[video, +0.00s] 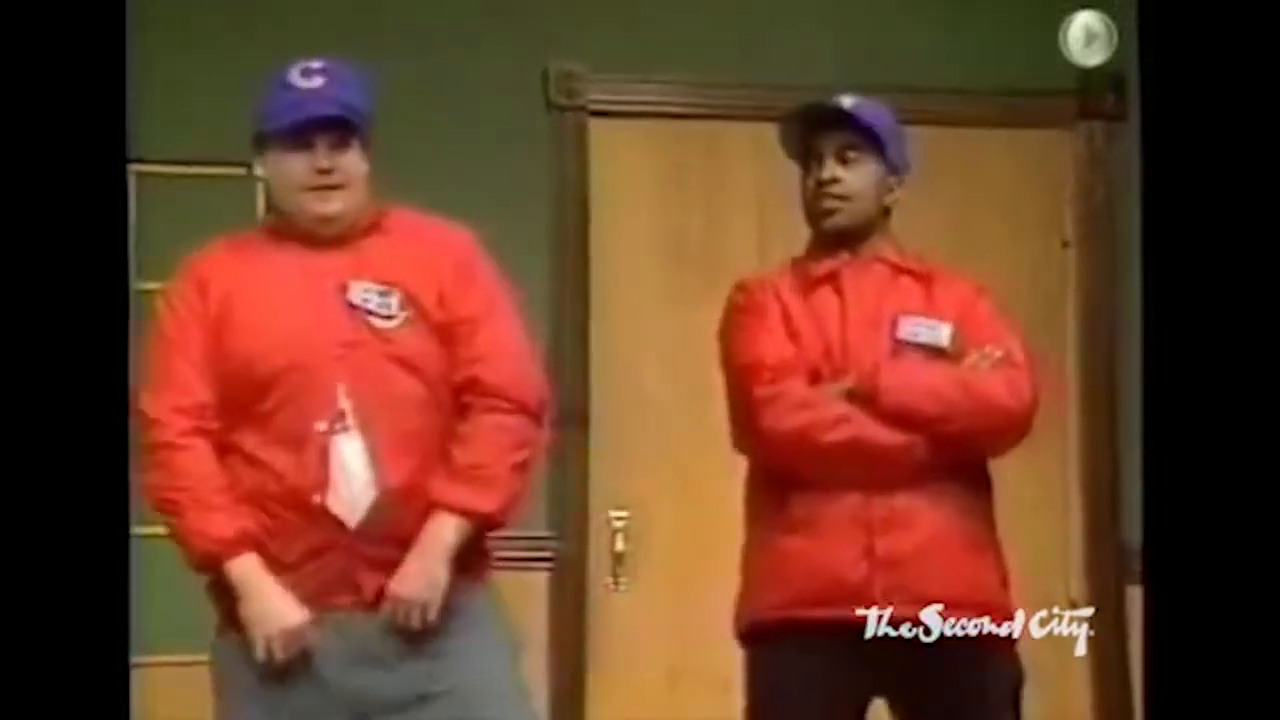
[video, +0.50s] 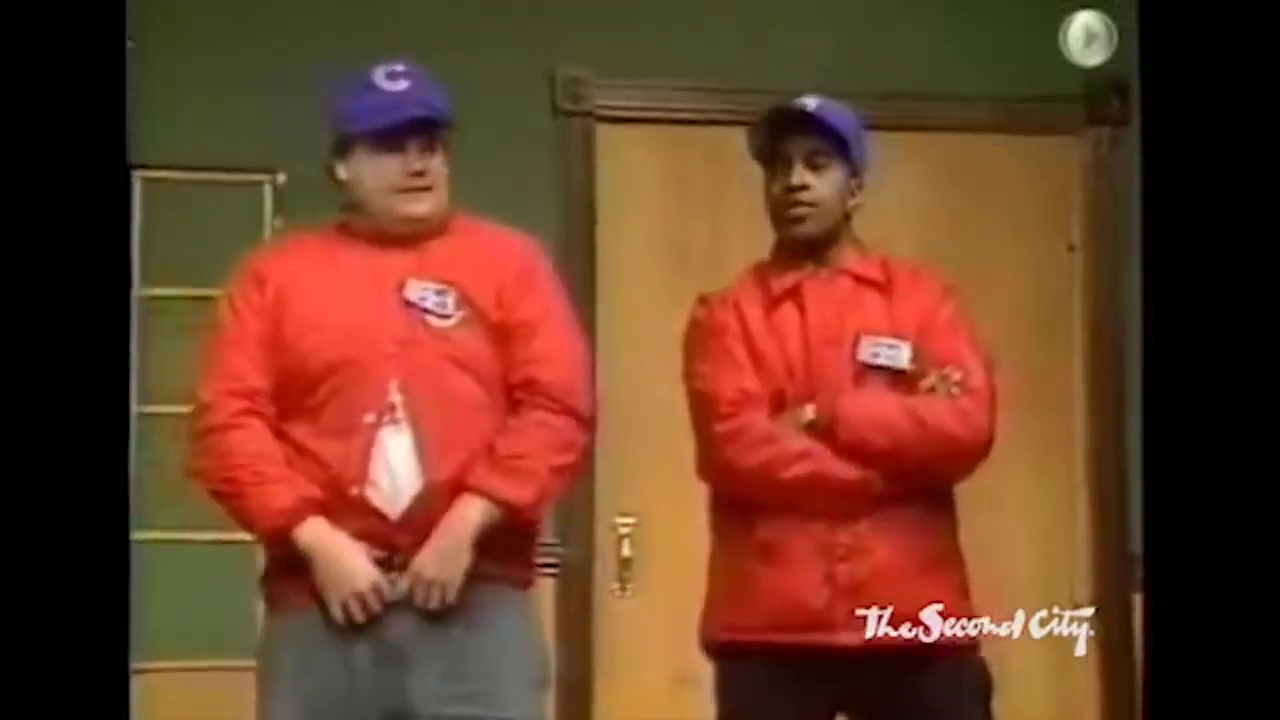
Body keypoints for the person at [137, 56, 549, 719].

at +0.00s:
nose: (324, 161)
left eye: (341, 141)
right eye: (300, 144)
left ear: (368, 154)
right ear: (263, 162)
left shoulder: (445, 256)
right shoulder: (210, 280)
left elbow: (509, 403)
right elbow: (174, 440)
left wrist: (437, 545)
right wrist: (251, 581)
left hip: (440, 622)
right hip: (277, 633)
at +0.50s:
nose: (417, 162)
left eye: (430, 143)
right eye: (390, 146)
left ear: (450, 156)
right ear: (342, 168)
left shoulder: (509, 262)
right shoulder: (275, 274)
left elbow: (559, 409)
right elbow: (226, 427)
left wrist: (465, 521)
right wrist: (317, 539)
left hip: (477, 608)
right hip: (321, 611)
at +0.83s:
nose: (502, 175)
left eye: (513, 158)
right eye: (476, 157)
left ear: (527, 169)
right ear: (420, 176)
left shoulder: (569, 278)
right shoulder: (339, 276)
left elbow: (609, 429)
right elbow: (293, 427)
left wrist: (513, 551)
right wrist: (385, 545)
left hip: (527, 616)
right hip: (366, 616)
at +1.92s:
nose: (414, 211)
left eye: (430, 192)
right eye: (390, 194)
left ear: (451, 202)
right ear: (346, 207)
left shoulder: (507, 303)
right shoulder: (277, 312)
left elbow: (561, 453)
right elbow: (242, 473)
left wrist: (487, 579)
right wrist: (355, 579)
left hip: (488, 622)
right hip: (328, 628)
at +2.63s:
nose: (472, 212)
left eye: (495, 197)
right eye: (456, 192)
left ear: (532, 215)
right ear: (432, 203)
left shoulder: (595, 308)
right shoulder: (371, 312)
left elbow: (649, 454)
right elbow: (330, 461)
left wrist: (570, 562)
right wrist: (430, 565)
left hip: (566, 628)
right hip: (410, 627)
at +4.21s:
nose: (553, 211)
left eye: (553, 194)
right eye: (529, 196)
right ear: (464, 208)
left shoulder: (591, 310)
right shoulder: (377, 294)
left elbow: (642, 460)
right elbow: (362, 427)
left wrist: (572, 569)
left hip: (549, 631)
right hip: (396, 636)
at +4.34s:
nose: (553, 211)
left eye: (551, 193)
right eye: (527, 196)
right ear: (463, 209)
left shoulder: (587, 309)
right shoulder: (378, 286)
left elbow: (638, 461)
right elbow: (416, 393)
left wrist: (573, 573)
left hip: (546, 629)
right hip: (396, 637)